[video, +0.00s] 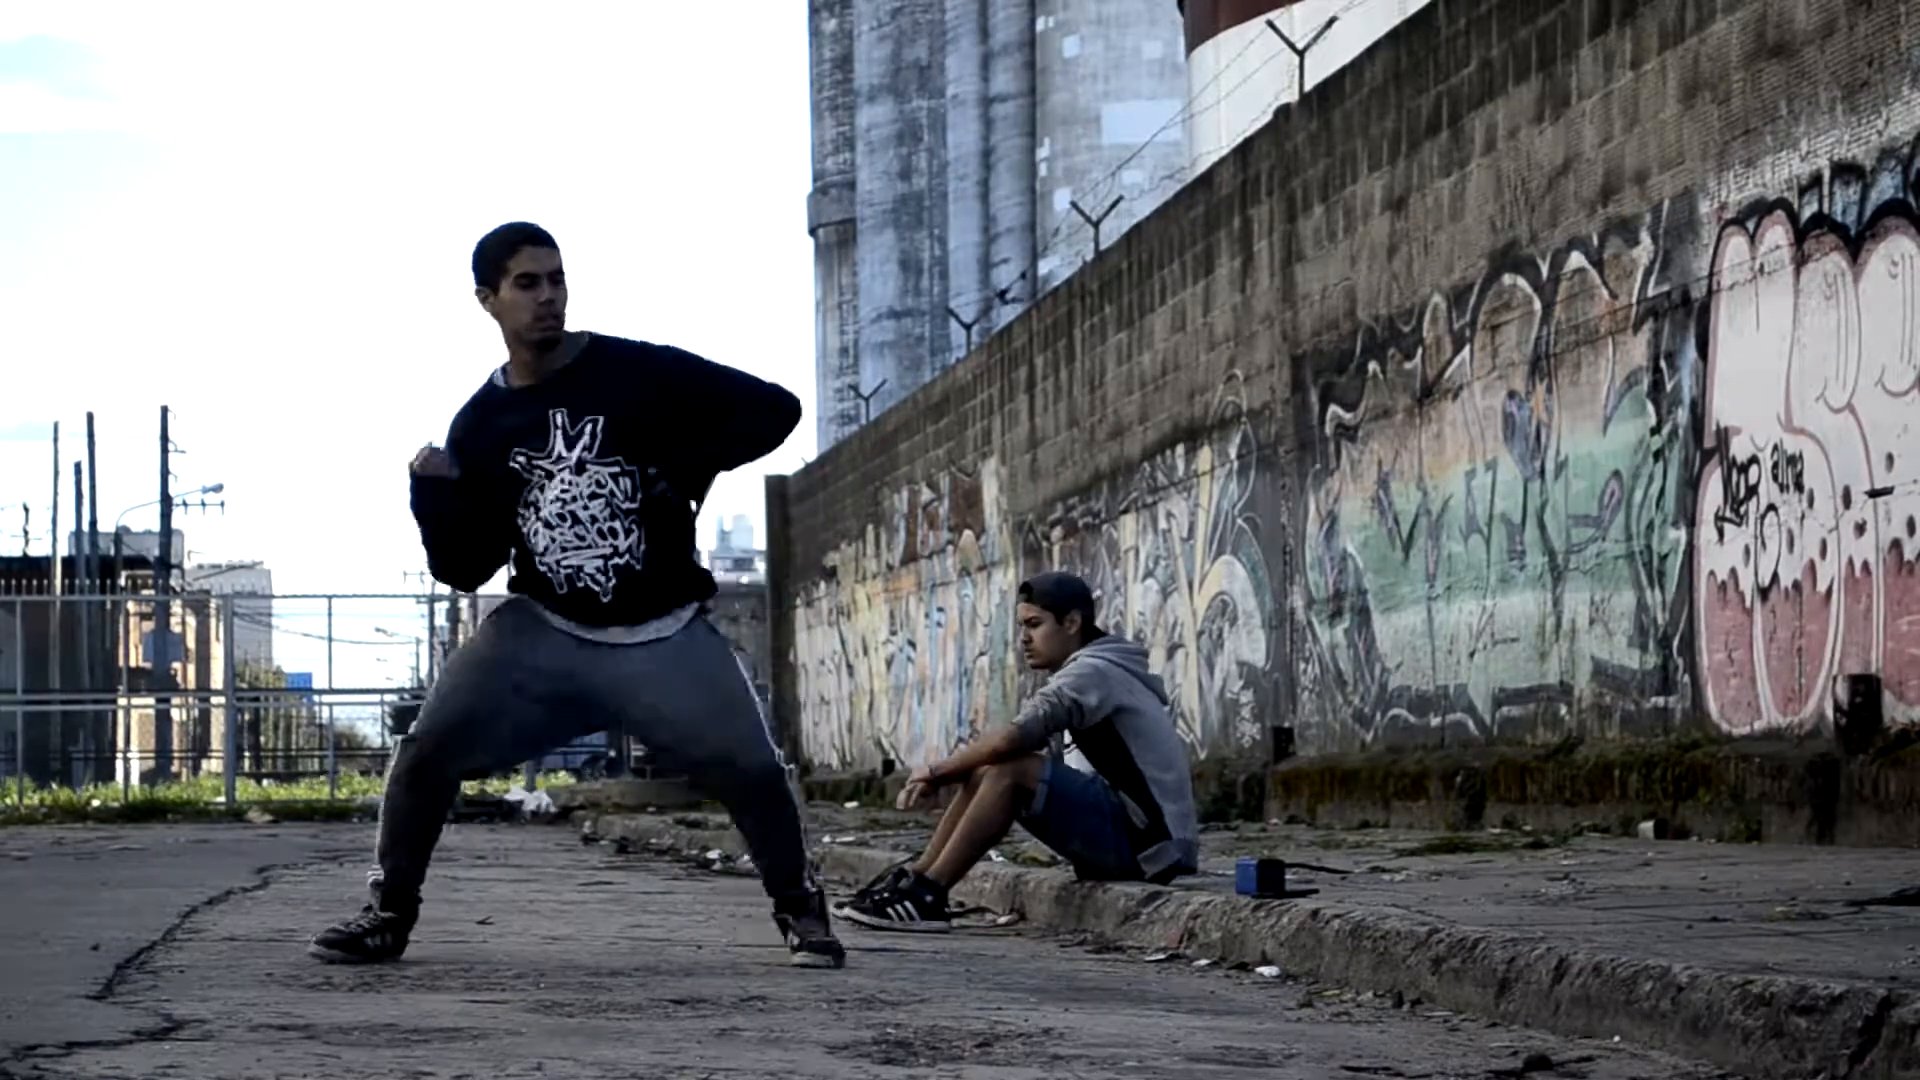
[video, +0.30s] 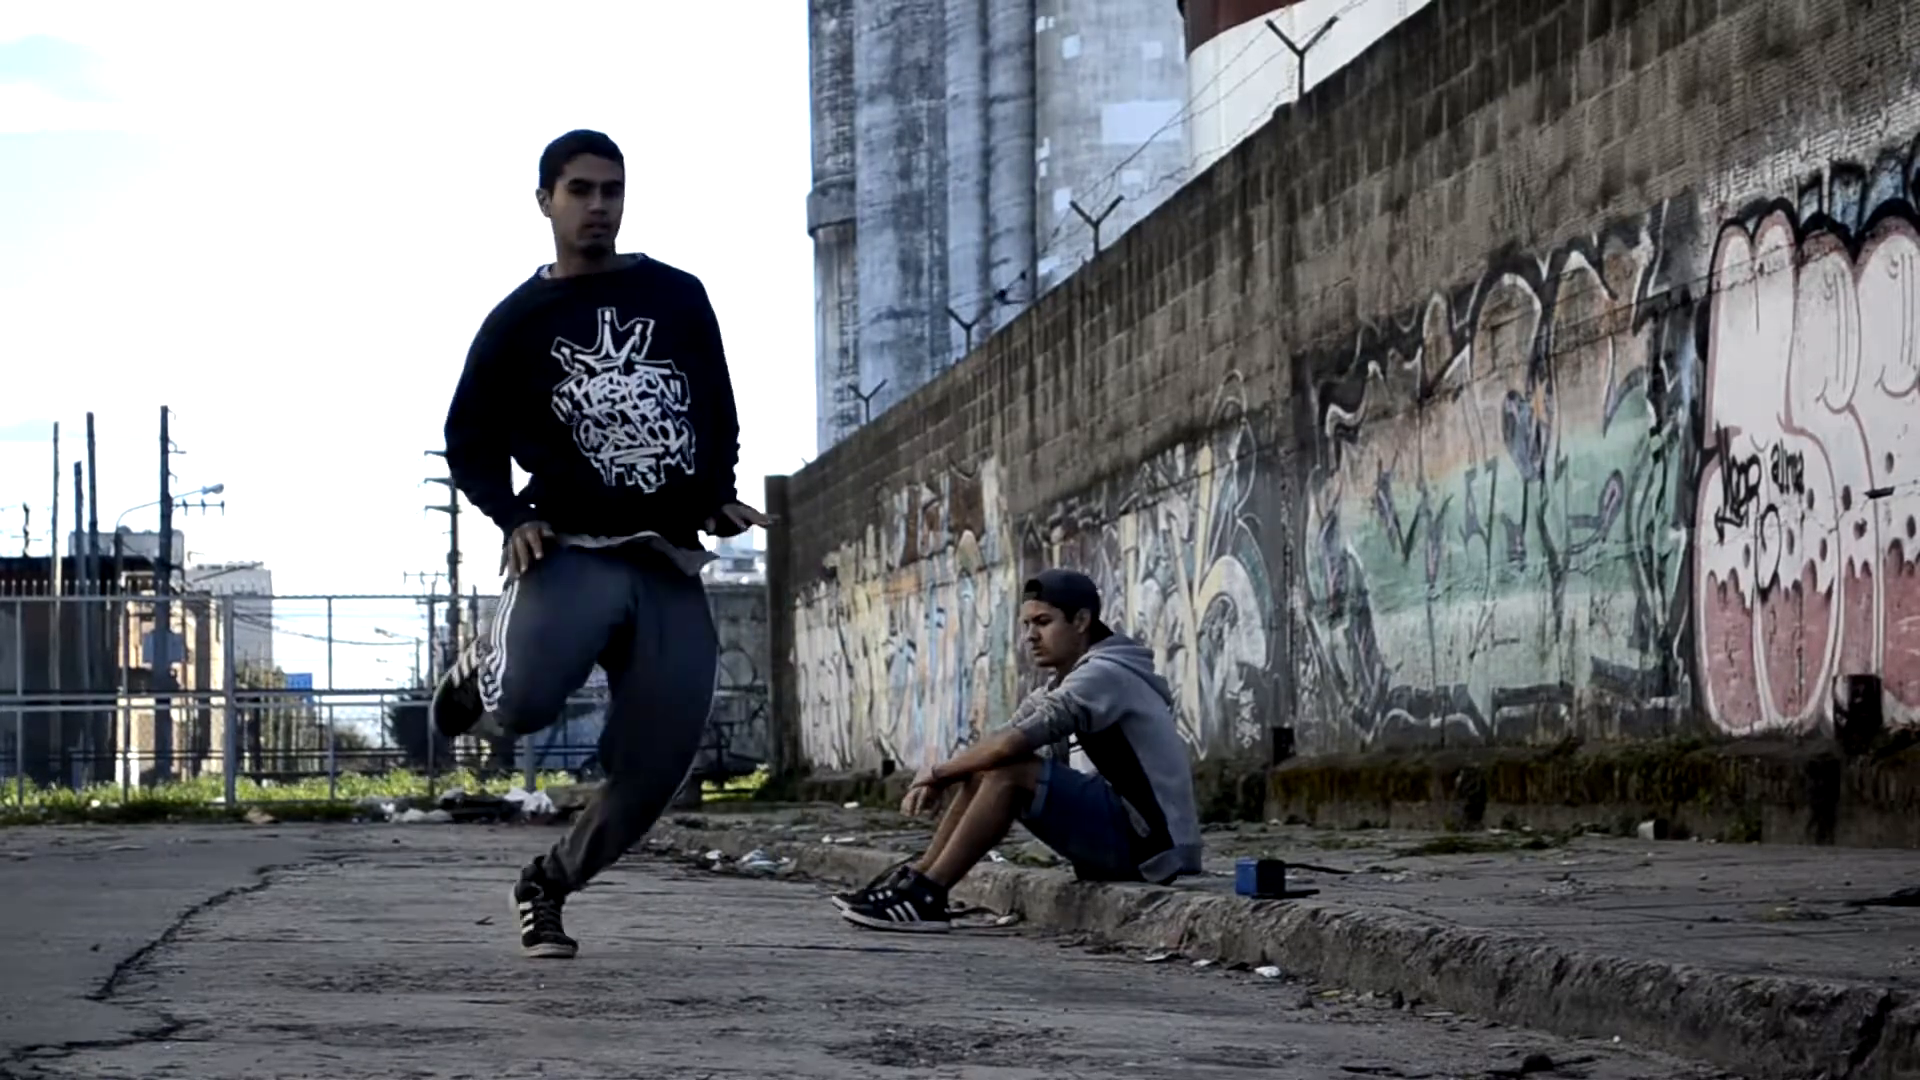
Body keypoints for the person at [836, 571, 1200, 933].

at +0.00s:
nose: (1024, 638)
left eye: (1034, 625)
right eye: (1021, 627)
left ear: (1072, 623)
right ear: (1068, 627)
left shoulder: (1094, 668)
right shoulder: (1080, 670)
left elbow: (1014, 740)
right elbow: (1014, 744)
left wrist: (936, 770)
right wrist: (944, 776)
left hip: (1149, 843)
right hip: (1125, 833)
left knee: (1010, 771)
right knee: (984, 769)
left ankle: (931, 894)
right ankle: (913, 883)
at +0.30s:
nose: (1031, 636)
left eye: (1042, 623)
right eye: (1027, 626)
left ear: (1081, 622)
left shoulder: (1104, 670)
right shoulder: (1076, 674)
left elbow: (1013, 745)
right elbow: (1008, 740)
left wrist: (938, 771)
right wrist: (941, 772)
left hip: (1152, 842)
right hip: (1123, 832)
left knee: (1010, 773)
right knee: (983, 769)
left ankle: (931, 895)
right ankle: (913, 884)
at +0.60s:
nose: (1038, 637)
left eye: (1049, 626)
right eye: (1033, 626)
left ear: (1088, 625)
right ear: (1031, 624)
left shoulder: (1109, 675)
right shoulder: (1066, 676)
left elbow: (1018, 749)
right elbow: (1002, 734)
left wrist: (938, 769)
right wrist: (942, 767)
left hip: (1148, 844)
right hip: (1117, 834)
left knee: (1013, 772)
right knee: (983, 764)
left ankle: (932, 893)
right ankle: (913, 883)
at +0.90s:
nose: (1034, 648)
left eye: (1046, 636)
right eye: (1030, 635)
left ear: (1085, 634)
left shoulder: (1107, 676)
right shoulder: (1068, 678)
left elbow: (1017, 748)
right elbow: (1000, 733)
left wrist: (941, 769)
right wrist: (934, 763)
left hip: (1151, 838)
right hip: (1122, 823)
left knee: (1016, 772)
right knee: (994, 763)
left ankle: (934, 893)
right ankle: (914, 882)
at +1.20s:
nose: (1031, 638)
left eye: (1041, 625)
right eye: (1028, 626)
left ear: (1080, 625)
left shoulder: (1096, 672)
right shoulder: (1077, 670)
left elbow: (1011, 750)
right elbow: (1006, 737)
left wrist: (937, 769)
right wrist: (941, 767)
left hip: (1148, 843)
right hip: (1119, 830)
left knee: (1006, 775)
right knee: (980, 767)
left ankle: (932, 894)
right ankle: (912, 883)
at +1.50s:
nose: (1026, 641)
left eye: (1037, 626)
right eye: (1019, 634)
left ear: (1074, 621)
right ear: (1017, 639)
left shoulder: (1096, 670)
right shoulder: (1063, 677)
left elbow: (1011, 744)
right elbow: (1007, 746)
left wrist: (935, 774)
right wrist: (943, 774)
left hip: (1149, 844)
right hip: (1119, 835)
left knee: (1007, 774)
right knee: (983, 769)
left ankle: (932, 895)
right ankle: (913, 881)